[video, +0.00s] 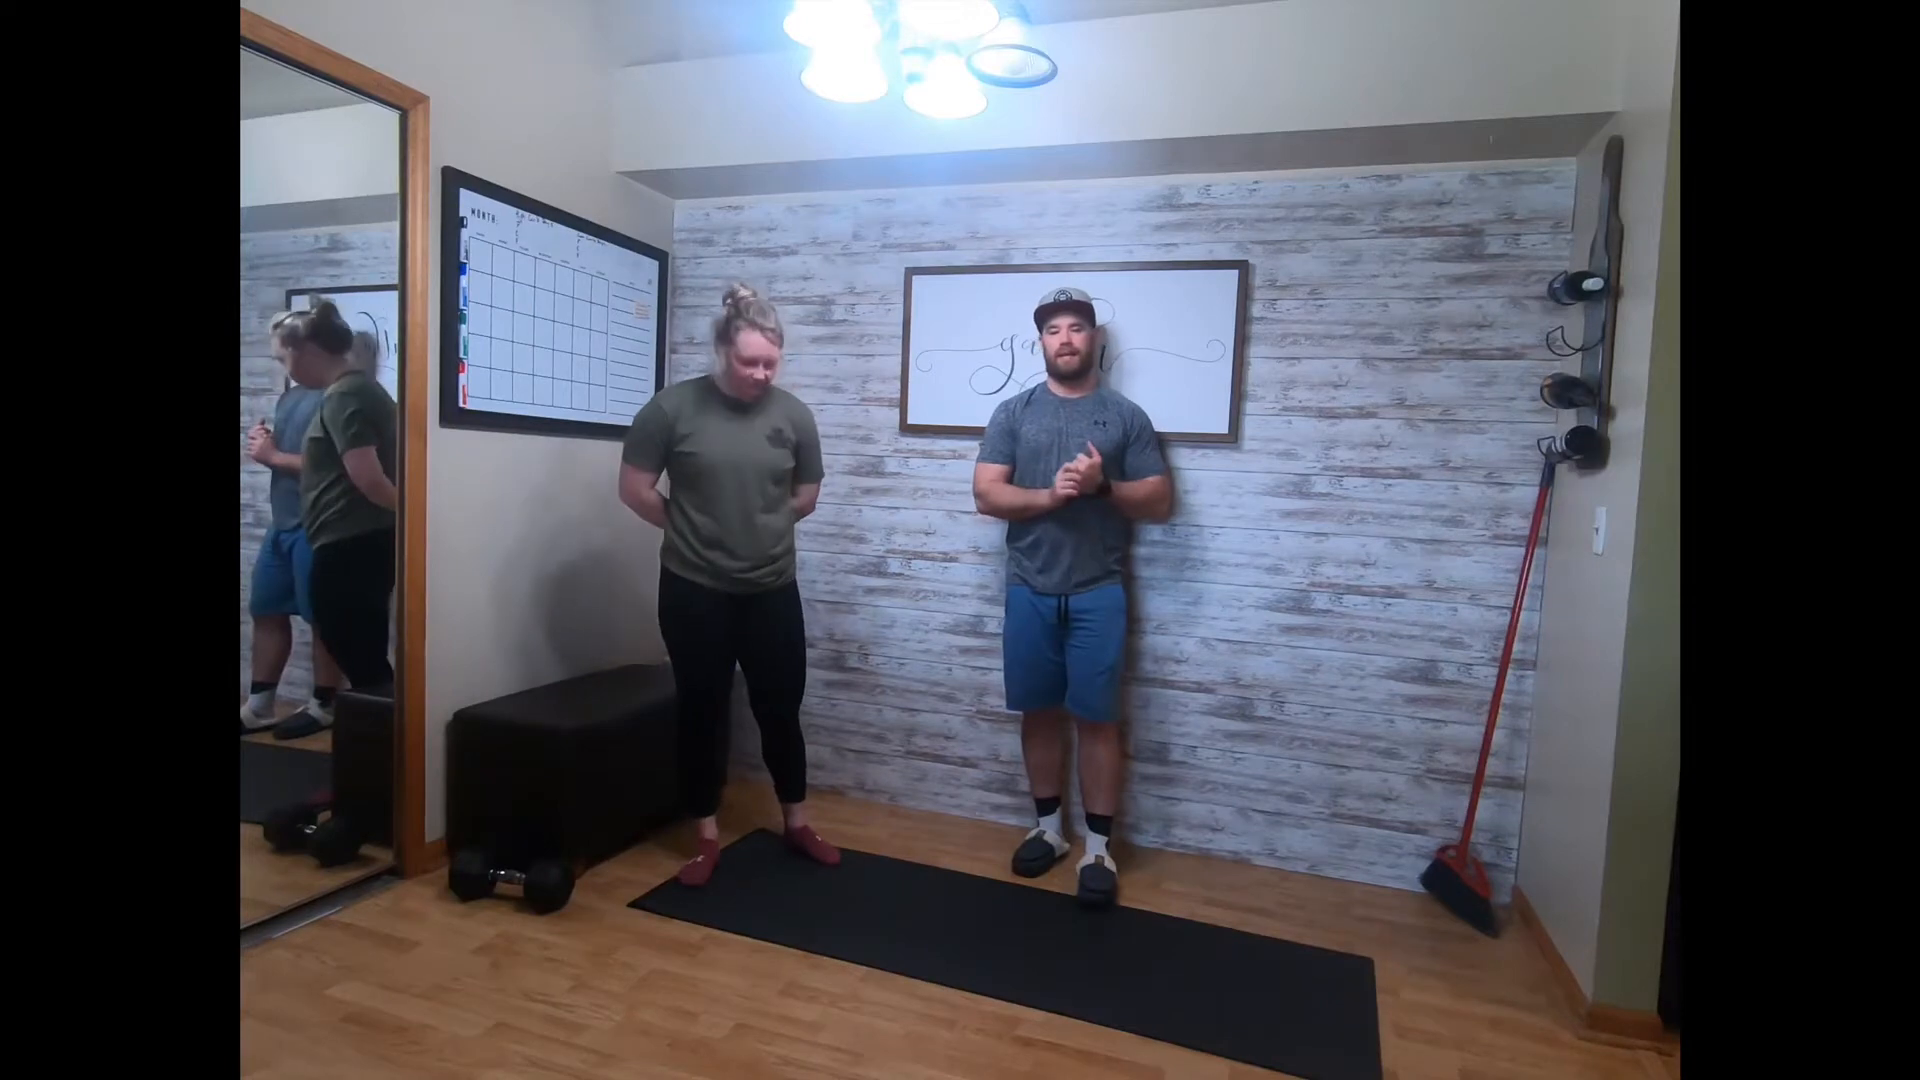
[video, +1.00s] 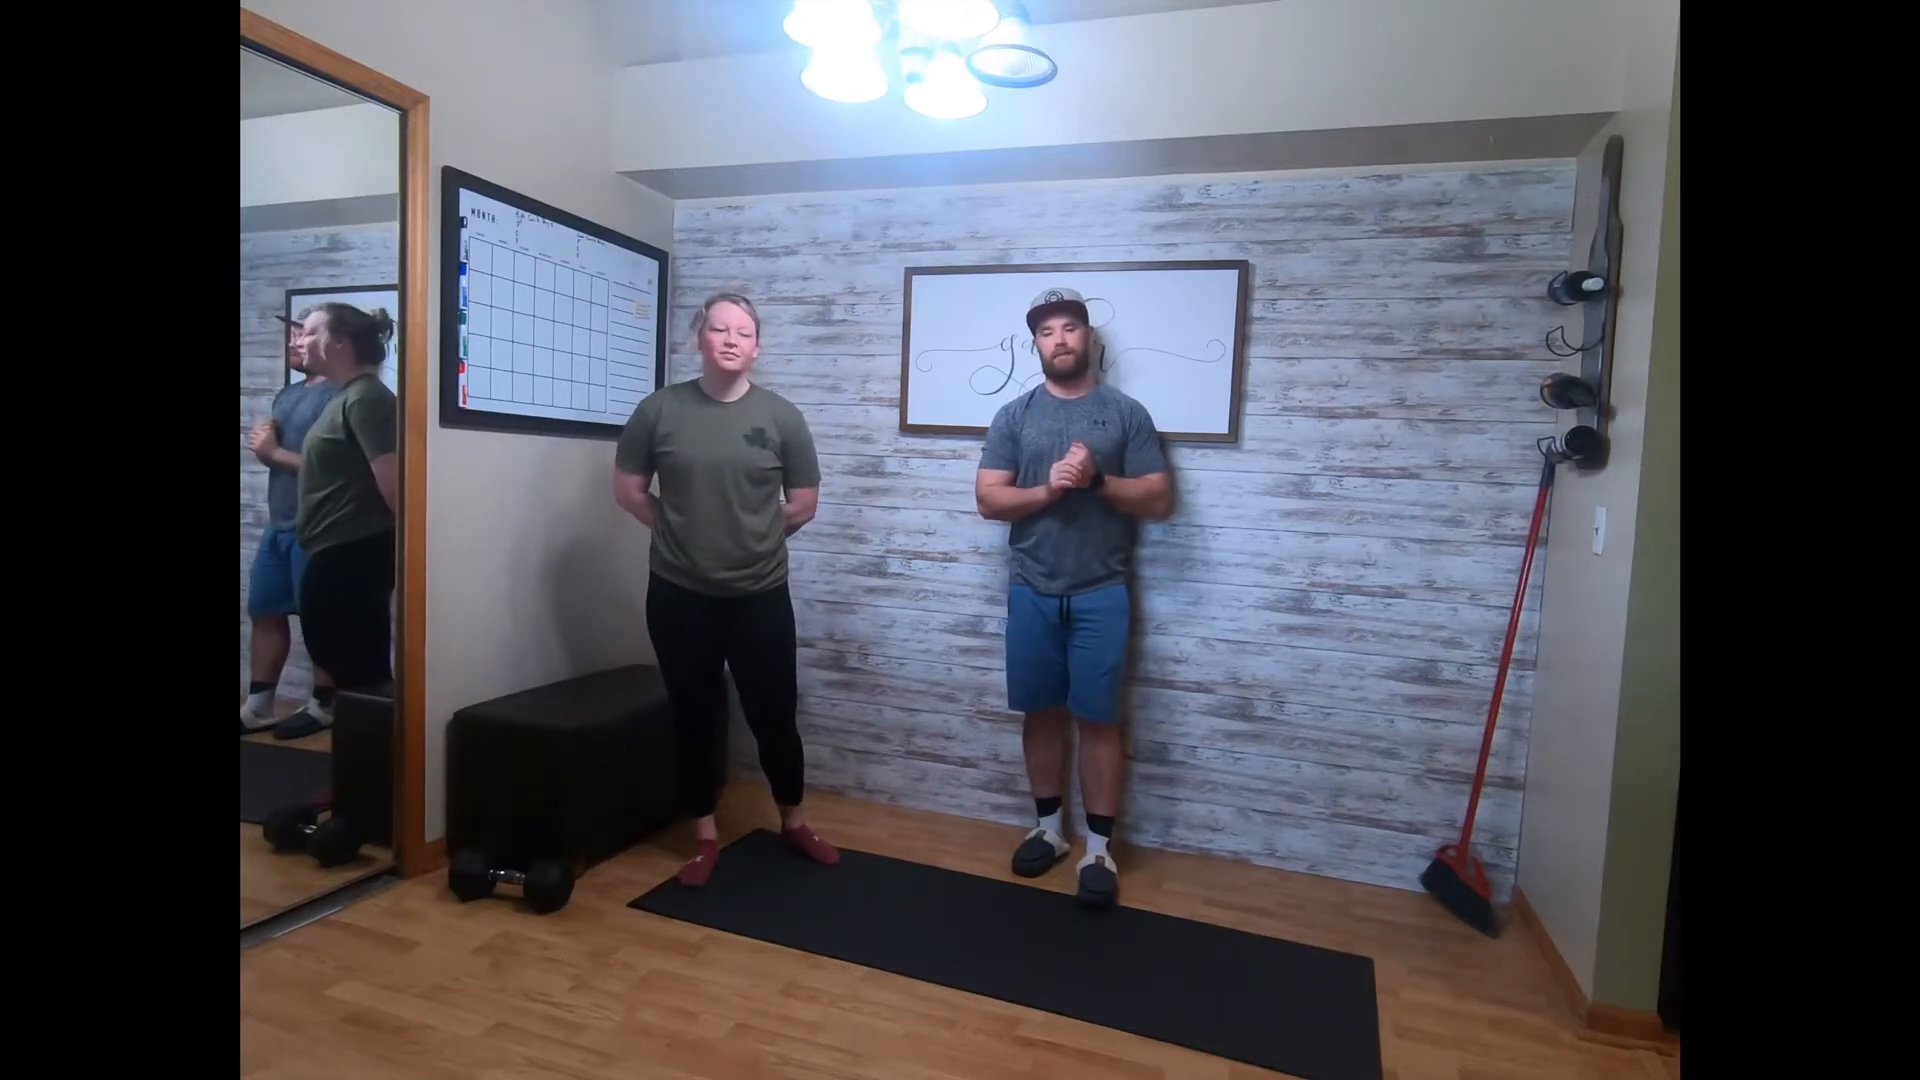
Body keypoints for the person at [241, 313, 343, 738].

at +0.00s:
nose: (281, 365)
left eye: (284, 356)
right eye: (279, 358)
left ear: (304, 349)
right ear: (288, 354)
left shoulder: (330, 397)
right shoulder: (290, 398)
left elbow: (325, 463)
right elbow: (293, 449)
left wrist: (272, 454)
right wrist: (268, 443)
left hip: (316, 526)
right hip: (282, 525)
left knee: (321, 619)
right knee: (267, 610)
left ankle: (324, 706)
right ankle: (260, 703)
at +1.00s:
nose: (295, 340)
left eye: (305, 332)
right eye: (295, 333)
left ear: (329, 343)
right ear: (296, 344)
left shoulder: (339, 396)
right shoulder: (286, 397)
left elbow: (324, 465)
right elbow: (286, 455)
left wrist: (272, 451)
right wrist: (267, 443)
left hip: (317, 530)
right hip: (279, 527)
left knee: (319, 621)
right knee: (266, 612)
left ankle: (324, 706)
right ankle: (259, 704)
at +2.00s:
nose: (300, 340)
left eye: (309, 333)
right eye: (301, 332)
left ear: (331, 343)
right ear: (301, 344)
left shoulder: (340, 395)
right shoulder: (292, 395)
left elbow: (329, 467)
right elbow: (277, 443)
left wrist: (273, 454)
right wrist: (267, 440)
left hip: (316, 526)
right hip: (280, 526)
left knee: (321, 619)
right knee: (266, 611)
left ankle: (324, 706)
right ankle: (259, 704)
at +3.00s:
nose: (298, 339)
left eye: (308, 333)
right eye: (298, 332)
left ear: (329, 344)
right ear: (299, 341)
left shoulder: (342, 397)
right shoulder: (289, 395)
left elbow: (339, 465)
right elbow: (278, 443)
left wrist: (275, 461)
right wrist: (264, 441)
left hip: (319, 525)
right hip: (278, 524)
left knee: (322, 619)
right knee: (263, 610)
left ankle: (323, 707)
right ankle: (260, 703)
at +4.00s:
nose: (294, 339)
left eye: (304, 332)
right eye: (295, 333)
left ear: (326, 342)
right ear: (299, 344)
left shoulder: (343, 392)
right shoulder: (294, 394)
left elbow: (346, 447)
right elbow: (276, 446)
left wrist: (317, 412)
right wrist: (248, 413)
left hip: (317, 523)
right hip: (276, 523)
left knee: (321, 617)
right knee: (260, 608)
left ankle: (324, 706)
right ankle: (259, 704)